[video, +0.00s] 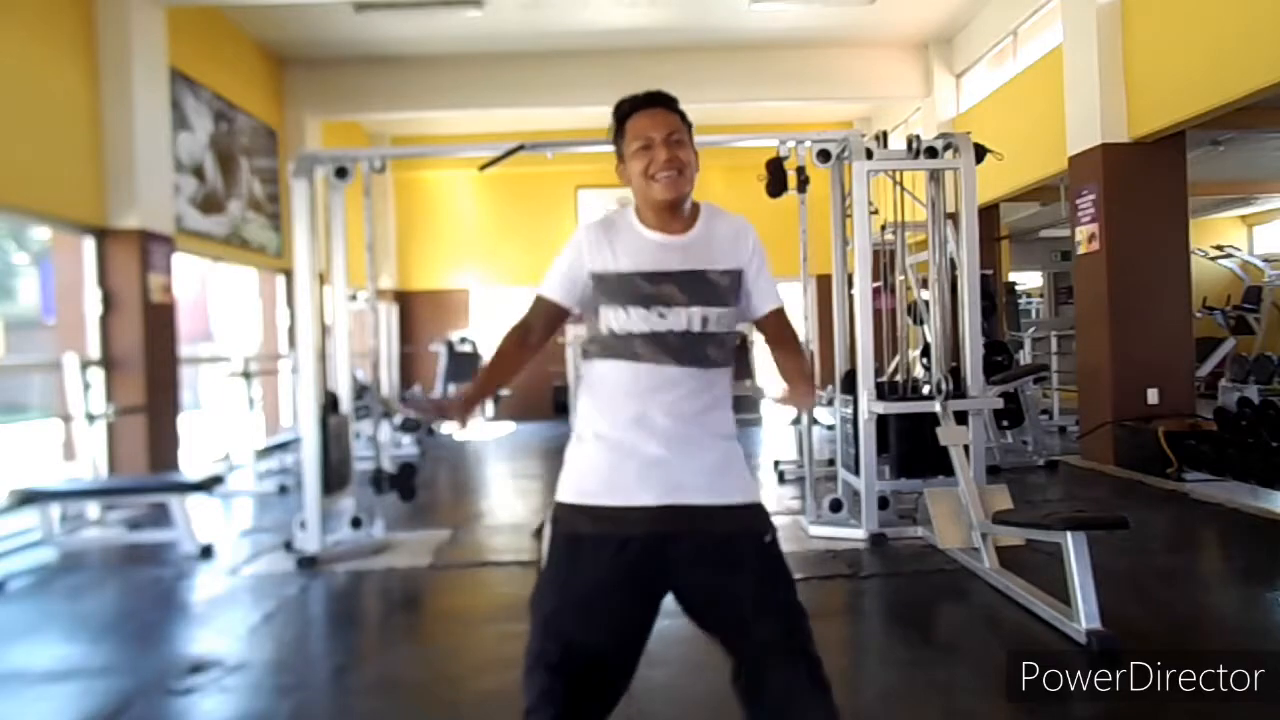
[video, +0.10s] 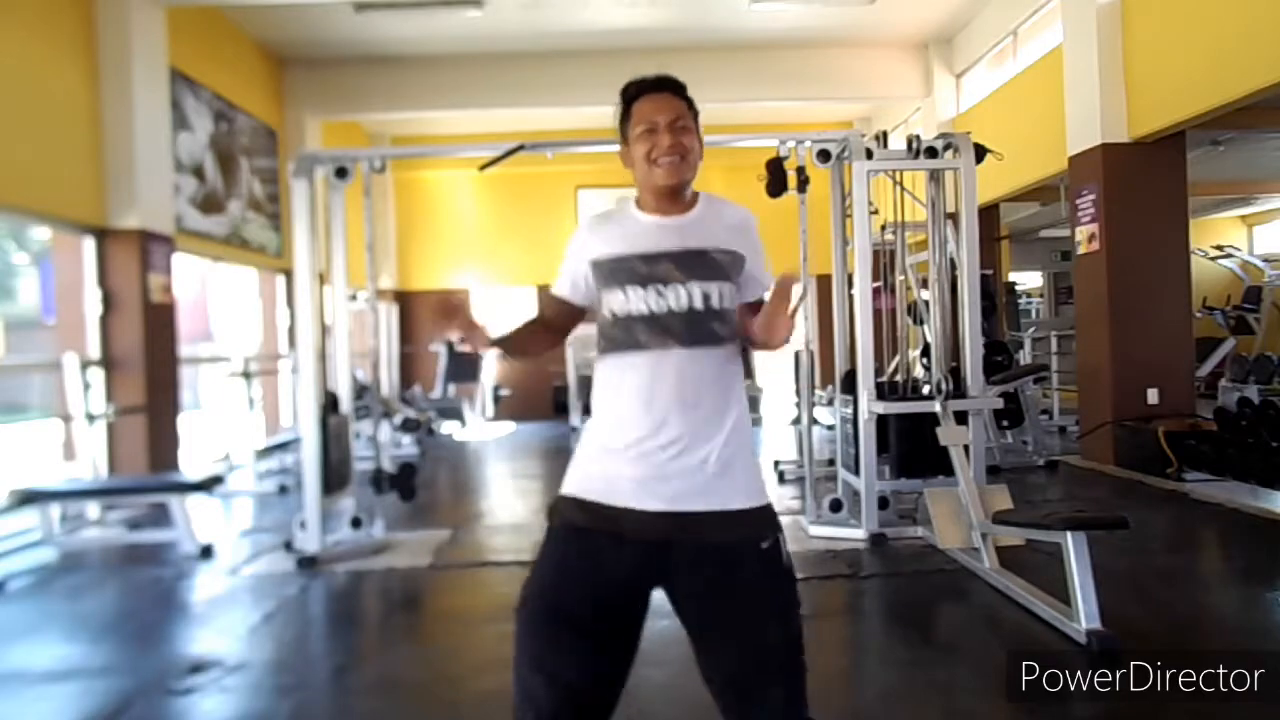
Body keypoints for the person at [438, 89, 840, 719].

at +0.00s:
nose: (666, 156)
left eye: (676, 141)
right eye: (646, 147)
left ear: (696, 152)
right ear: (623, 169)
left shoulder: (735, 239)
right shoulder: (594, 243)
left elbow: (776, 327)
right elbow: (535, 329)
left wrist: (799, 379)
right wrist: (474, 393)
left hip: (715, 496)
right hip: (603, 498)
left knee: (786, 671)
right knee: (561, 686)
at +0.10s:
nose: (668, 141)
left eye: (681, 127)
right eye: (649, 132)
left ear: (700, 141)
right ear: (627, 154)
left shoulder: (736, 226)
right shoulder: (597, 236)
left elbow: (755, 323)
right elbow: (551, 327)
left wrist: (770, 328)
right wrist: (494, 341)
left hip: (724, 497)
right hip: (607, 496)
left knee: (769, 693)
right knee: (554, 686)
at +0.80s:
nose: (673, 141)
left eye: (688, 128)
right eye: (656, 131)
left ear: (712, 148)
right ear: (637, 155)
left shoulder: (754, 230)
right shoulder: (609, 233)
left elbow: (794, 322)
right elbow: (544, 325)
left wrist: (806, 384)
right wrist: (473, 393)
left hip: (728, 492)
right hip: (614, 486)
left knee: (791, 681)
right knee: (557, 665)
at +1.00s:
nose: (677, 135)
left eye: (692, 121)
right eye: (661, 122)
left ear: (714, 136)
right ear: (640, 138)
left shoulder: (742, 229)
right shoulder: (597, 214)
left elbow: (759, 326)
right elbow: (557, 296)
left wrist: (819, 353)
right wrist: (562, 326)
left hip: (729, 483)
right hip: (614, 488)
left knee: (787, 675)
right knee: (555, 679)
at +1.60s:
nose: (680, 200)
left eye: (696, 186)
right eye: (667, 185)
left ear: (712, 185)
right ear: (644, 182)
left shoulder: (739, 250)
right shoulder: (614, 247)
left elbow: (778, 333)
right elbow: (559, 327)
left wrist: (766, 380)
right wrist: (504, 367)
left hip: (709, 472)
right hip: (615, 461)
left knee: (737, 639)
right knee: (572, 605)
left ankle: (768, 705)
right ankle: (568, 705)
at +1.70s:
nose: (674, 177)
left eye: (689, 163)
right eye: (661, 162)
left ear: (707, 171)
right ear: (641, 169)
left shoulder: (735, 243)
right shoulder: (609, 236)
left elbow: (748, 333)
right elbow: (576, 312)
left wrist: (754, 331)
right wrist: (552, 319)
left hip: (711, 462)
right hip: (617, 451)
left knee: (734, 634)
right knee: (567, 611)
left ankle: (765, 704)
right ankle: (573, 711)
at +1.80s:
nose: (673, 172)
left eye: (686, 159)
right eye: (660, 159)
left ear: (703, 169)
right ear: (639, 166)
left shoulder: (724, 246)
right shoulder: (604, 232)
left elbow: (736, 342)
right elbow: (561, 300)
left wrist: (788, 349)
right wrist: (577, 325)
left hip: (709, 452)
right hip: (617, 456)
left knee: (749, 602)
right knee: (585, 616)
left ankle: (779, 701)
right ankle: (575, 708)